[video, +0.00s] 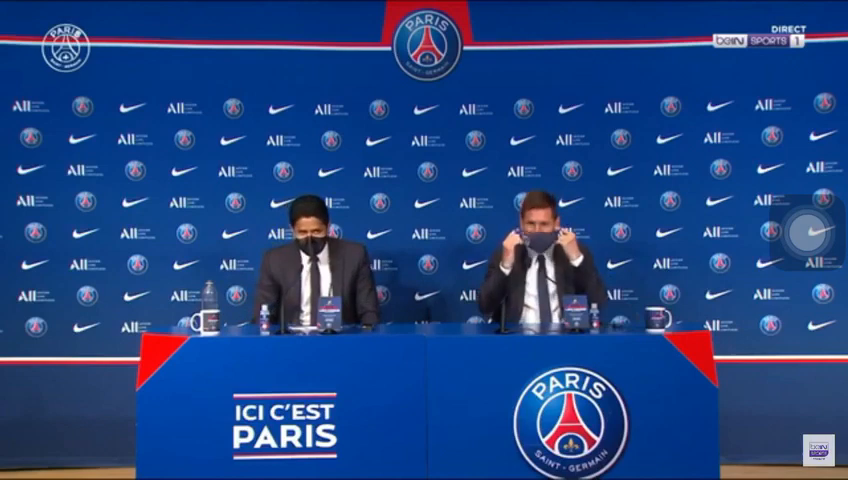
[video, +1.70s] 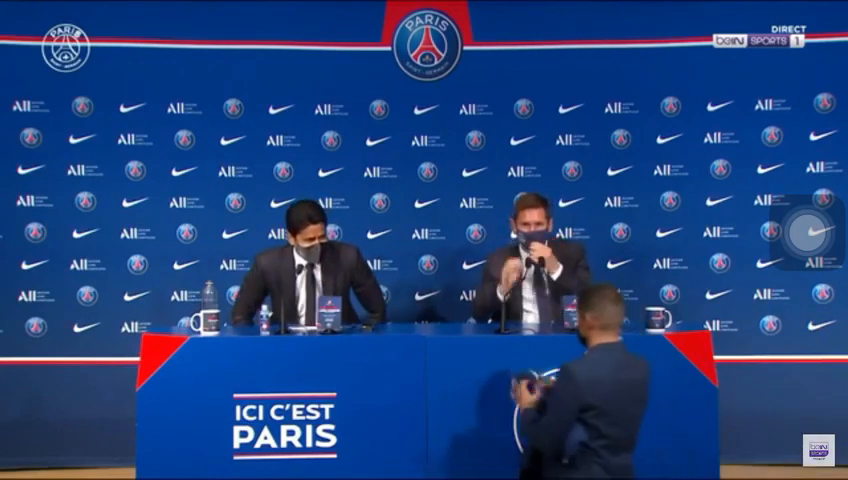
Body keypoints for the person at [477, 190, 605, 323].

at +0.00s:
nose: (537, 231)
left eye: (544, 224)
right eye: (531, 224)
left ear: (556, 224)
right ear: (522, 225)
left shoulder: (575, 252)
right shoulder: (507, 253)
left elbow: (600, 302)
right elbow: (486, 307)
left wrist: (577, 258)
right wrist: (506, 265)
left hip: (565, 341)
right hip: (518, 341)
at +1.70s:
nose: (532, 231)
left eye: (538, 225)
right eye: (525, 225)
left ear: (549, 225)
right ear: (514, 225)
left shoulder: (569, 253)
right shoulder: (498, 260)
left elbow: (583, 295)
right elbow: (479, 313)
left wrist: (554, 269)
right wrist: (501, 290)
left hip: (557, 341)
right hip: (512, 342)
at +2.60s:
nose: (528, 225)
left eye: (535, 219)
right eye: (523, 219)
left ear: (552, 216)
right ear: (517, 215)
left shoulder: (575, 246)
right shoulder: (499, 246)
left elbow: (603, 286)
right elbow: (470, 287)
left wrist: (584, 314)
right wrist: (495, 317)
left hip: (561, 343)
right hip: (514, 344)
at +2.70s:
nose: (528, 222)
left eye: (536, 216)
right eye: (524, 215)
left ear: (555, 213)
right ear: (519, 210)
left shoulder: (580, 242)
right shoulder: (505, 239)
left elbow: (608, 283)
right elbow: (475, 278)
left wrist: (587, 316)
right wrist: (496, 314)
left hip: (565, 342)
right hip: (516, 343)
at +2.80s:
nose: (530, 216)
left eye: (537, 210)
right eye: (526, 208)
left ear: (558, 205)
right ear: (522, 203)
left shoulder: (585, 232)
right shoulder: (508, 229)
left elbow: (613, 273)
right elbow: (481, 269)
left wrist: (591, 313)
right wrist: (499, 306)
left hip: (569, 337)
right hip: (520, 337)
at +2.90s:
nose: (532, 212)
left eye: (539, 207)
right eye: (528, 205)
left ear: (560, 200)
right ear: (524, 198)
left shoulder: (588, 227)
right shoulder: (512, 222)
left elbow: (615, 269)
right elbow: (486, 262)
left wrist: (591, 310)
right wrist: (501, 302)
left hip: (572, 329)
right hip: (522, 329)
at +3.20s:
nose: (534, 202)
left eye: (541, 197)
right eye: (530, 195)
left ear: (562, 190)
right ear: (526, 188)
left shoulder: (592, 213)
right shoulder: (515, 212)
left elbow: (616, 256)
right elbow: (491, 256)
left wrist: (591, 299)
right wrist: (516, 295)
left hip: (579, 321)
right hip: (531, 322)